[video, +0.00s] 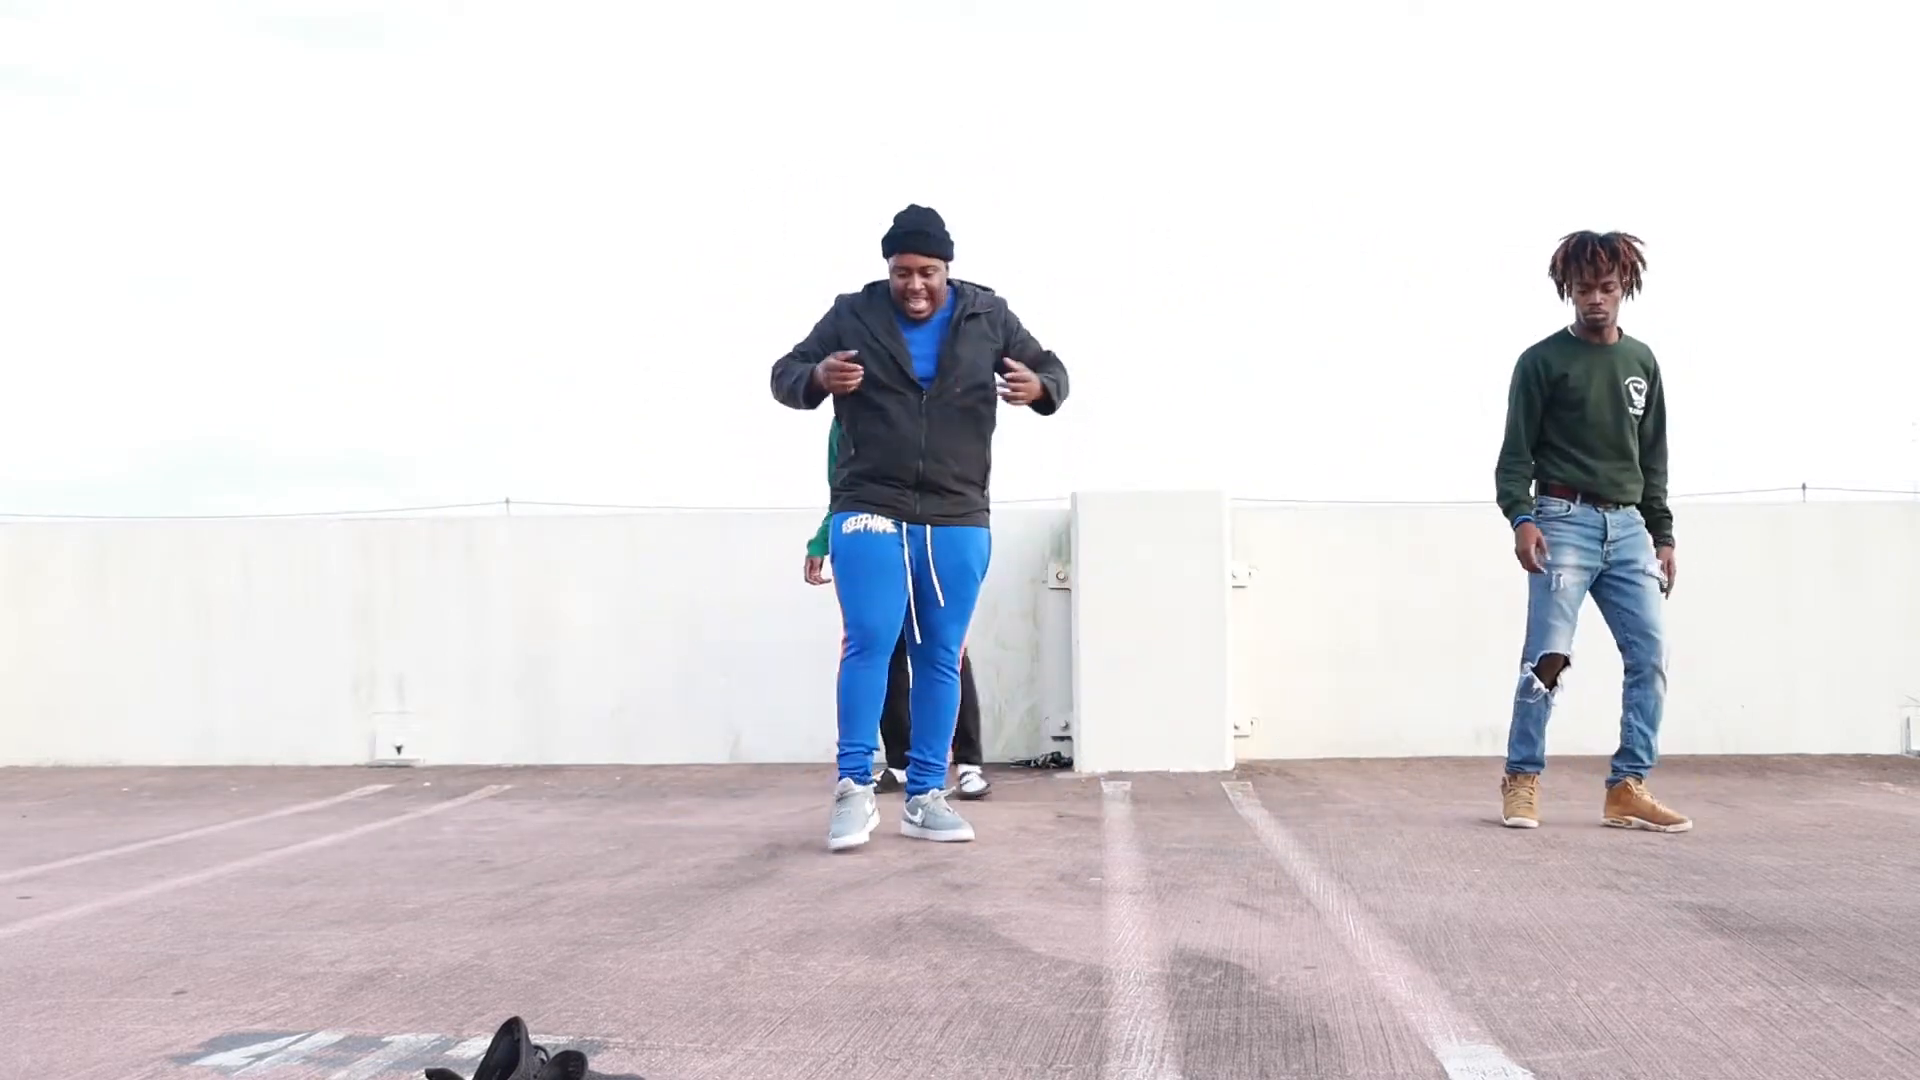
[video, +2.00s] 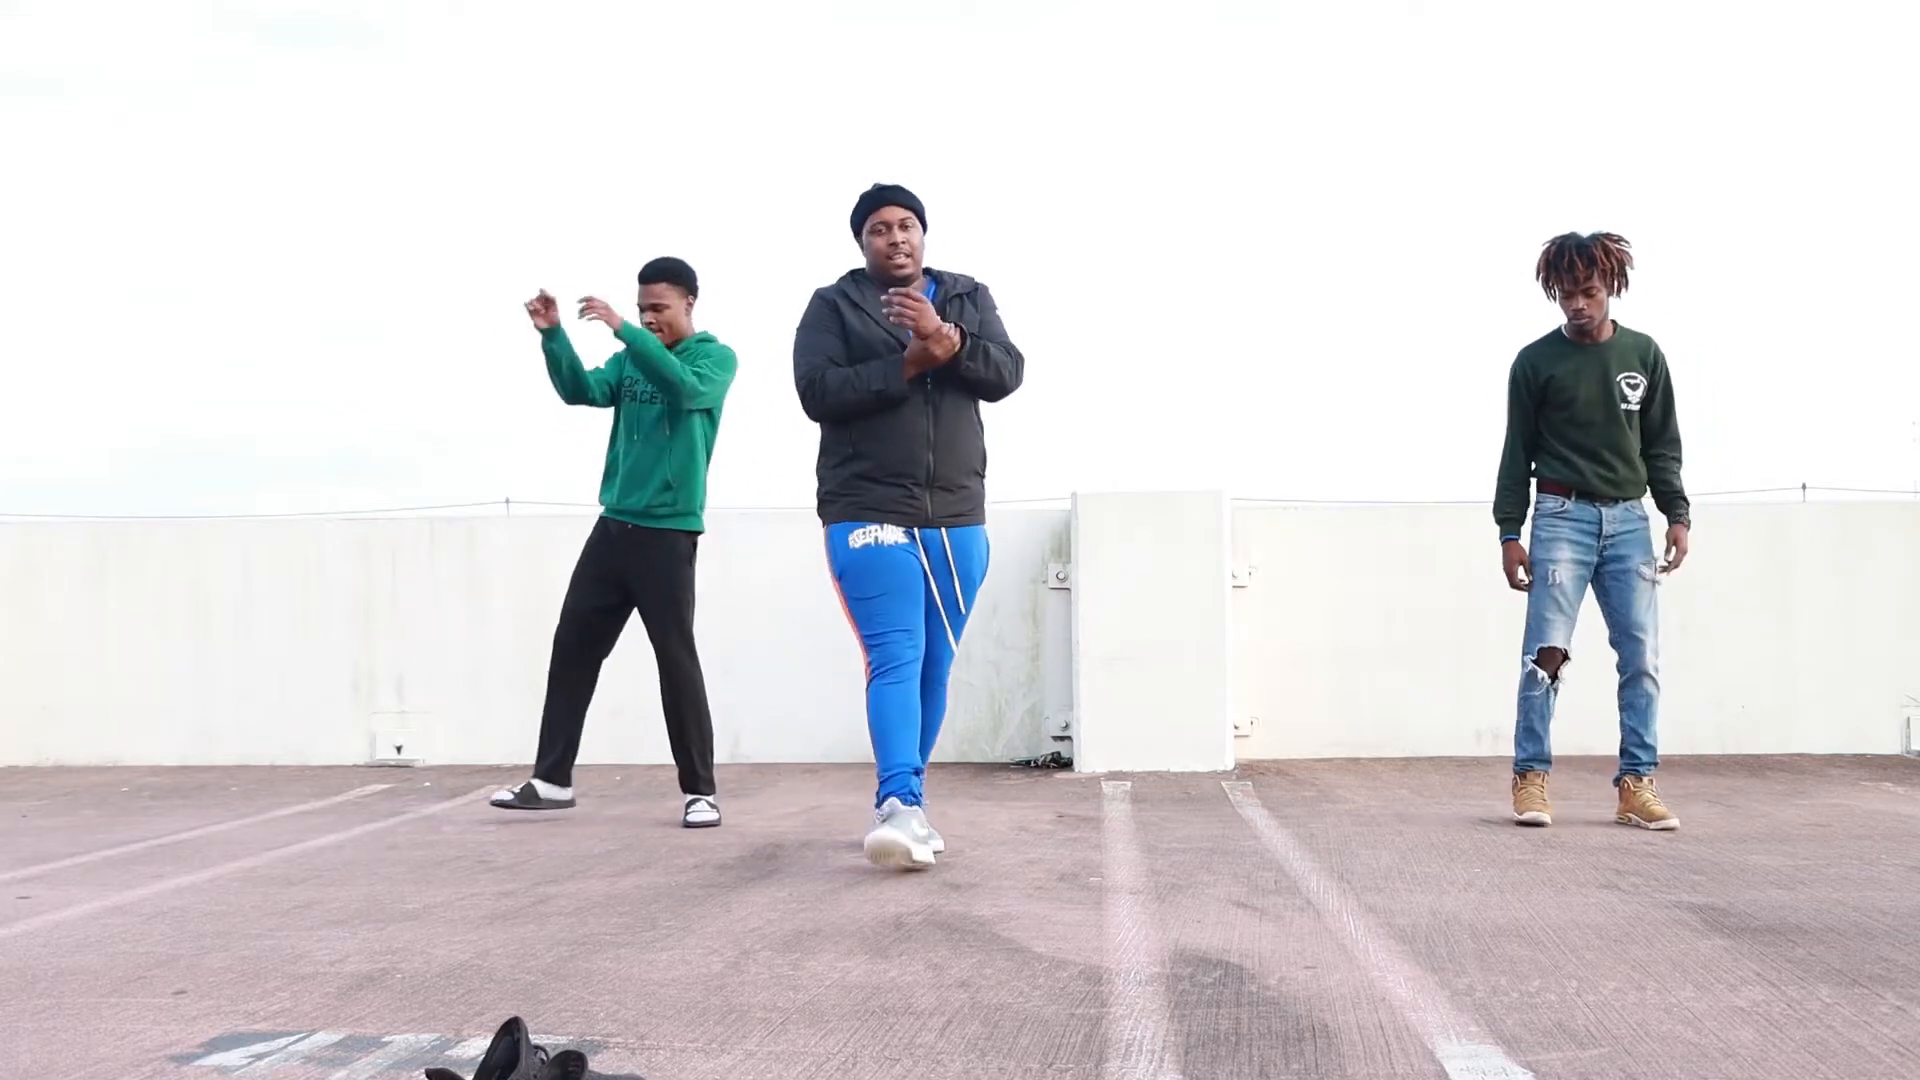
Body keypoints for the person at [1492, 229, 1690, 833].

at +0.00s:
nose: (1596, 298)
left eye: (1607, 286)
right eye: (1584, 288)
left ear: (1624, 288)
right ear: (1567, 290)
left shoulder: (1641, 361)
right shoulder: (1540, 361)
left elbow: (1652, 460)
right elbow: (1515, 453)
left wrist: (1663, 537)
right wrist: (1521, 518)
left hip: (1628, 524)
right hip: (1562, 519)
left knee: (1649, 656)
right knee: (1547, 657)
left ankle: (1627, 787)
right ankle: (1523, 782)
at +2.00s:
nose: (1577, 303)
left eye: (1588, 291)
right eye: (1566, 293)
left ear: (1611, 288)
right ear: (1554, 293)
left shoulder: (1643, 354)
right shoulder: (1533, 362)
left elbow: (1661, 444)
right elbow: (1515, 454)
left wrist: (1677, 513)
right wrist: (1510, 534)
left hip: (1630, 520)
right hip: (1559, 518)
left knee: (1643, 656)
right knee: (1546, 652)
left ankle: (1636, 783)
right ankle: (1531, 778)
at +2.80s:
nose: (1503, 317)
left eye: (1512, 304)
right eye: (1491, 308)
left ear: (1536, 297)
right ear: (1480, 309)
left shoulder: (1576, 356)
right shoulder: (1474, 373)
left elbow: (1624, 432)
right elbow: (1467, 461)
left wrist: (1595, 501)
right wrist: (1455, 536)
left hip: (1561, 526)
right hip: (1496, 529)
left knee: (1573, 651)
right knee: (1486, 656)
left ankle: (1611, 774)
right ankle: (1500, 778)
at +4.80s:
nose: (1464, 306)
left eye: (1475, 293)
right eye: (1456, 296)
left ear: (1508, 290)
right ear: (1449, 297)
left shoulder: (1545, 346)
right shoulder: (1449, 360)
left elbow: (1565, 433)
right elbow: (1441, 444)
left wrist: (1519, 464)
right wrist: (1433, 522)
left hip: (1530, 518)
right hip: (1468, 522)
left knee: (1526, 639)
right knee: (1475, 651)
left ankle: (1539, 768)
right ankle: (1500, 773)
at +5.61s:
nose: (1476, 313)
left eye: (1485, 299)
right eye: (1469, 302)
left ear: (1521, 289)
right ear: (1465, 298)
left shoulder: (1561, 330)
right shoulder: (1478, 362)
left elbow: (1554, 411)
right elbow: (1473, 451)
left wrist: (1488, 407)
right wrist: (1416, 446)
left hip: (1558, 515)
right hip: (1500, 517)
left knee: (1558, 655)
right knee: (1464, 648)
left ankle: (1571, 789)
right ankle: (1473, 781)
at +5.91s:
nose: (1454, 308)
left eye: (1464, 295)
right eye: (1446, 297)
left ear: (1497, 285)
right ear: (1441, 292)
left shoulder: (1533, 332)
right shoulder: (1440, 350)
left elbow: (1538, 415)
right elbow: (1417, 431)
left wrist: (1494, 414)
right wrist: (1374, 396)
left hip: (1518, 512)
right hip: (1454, 514)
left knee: (1538, 653)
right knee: (1442, 653)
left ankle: (1566, 783)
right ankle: (1448, 785)